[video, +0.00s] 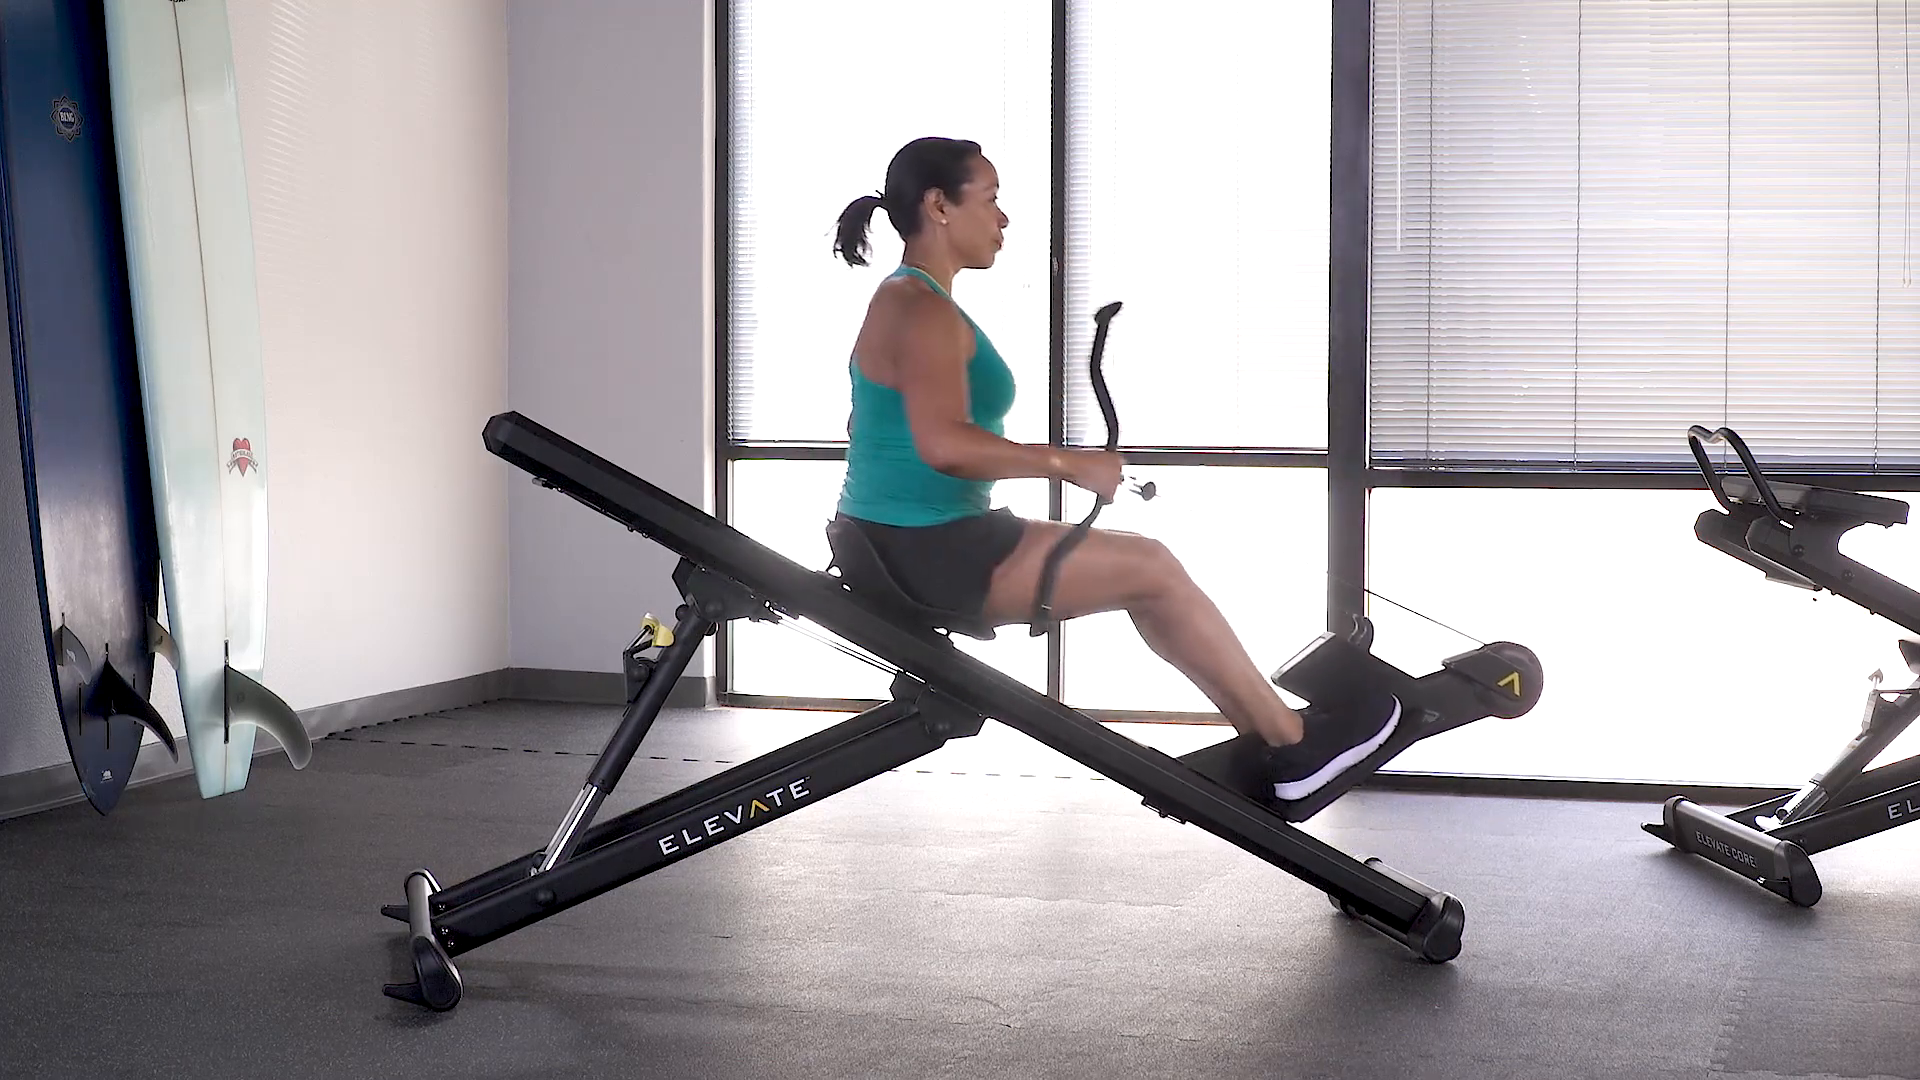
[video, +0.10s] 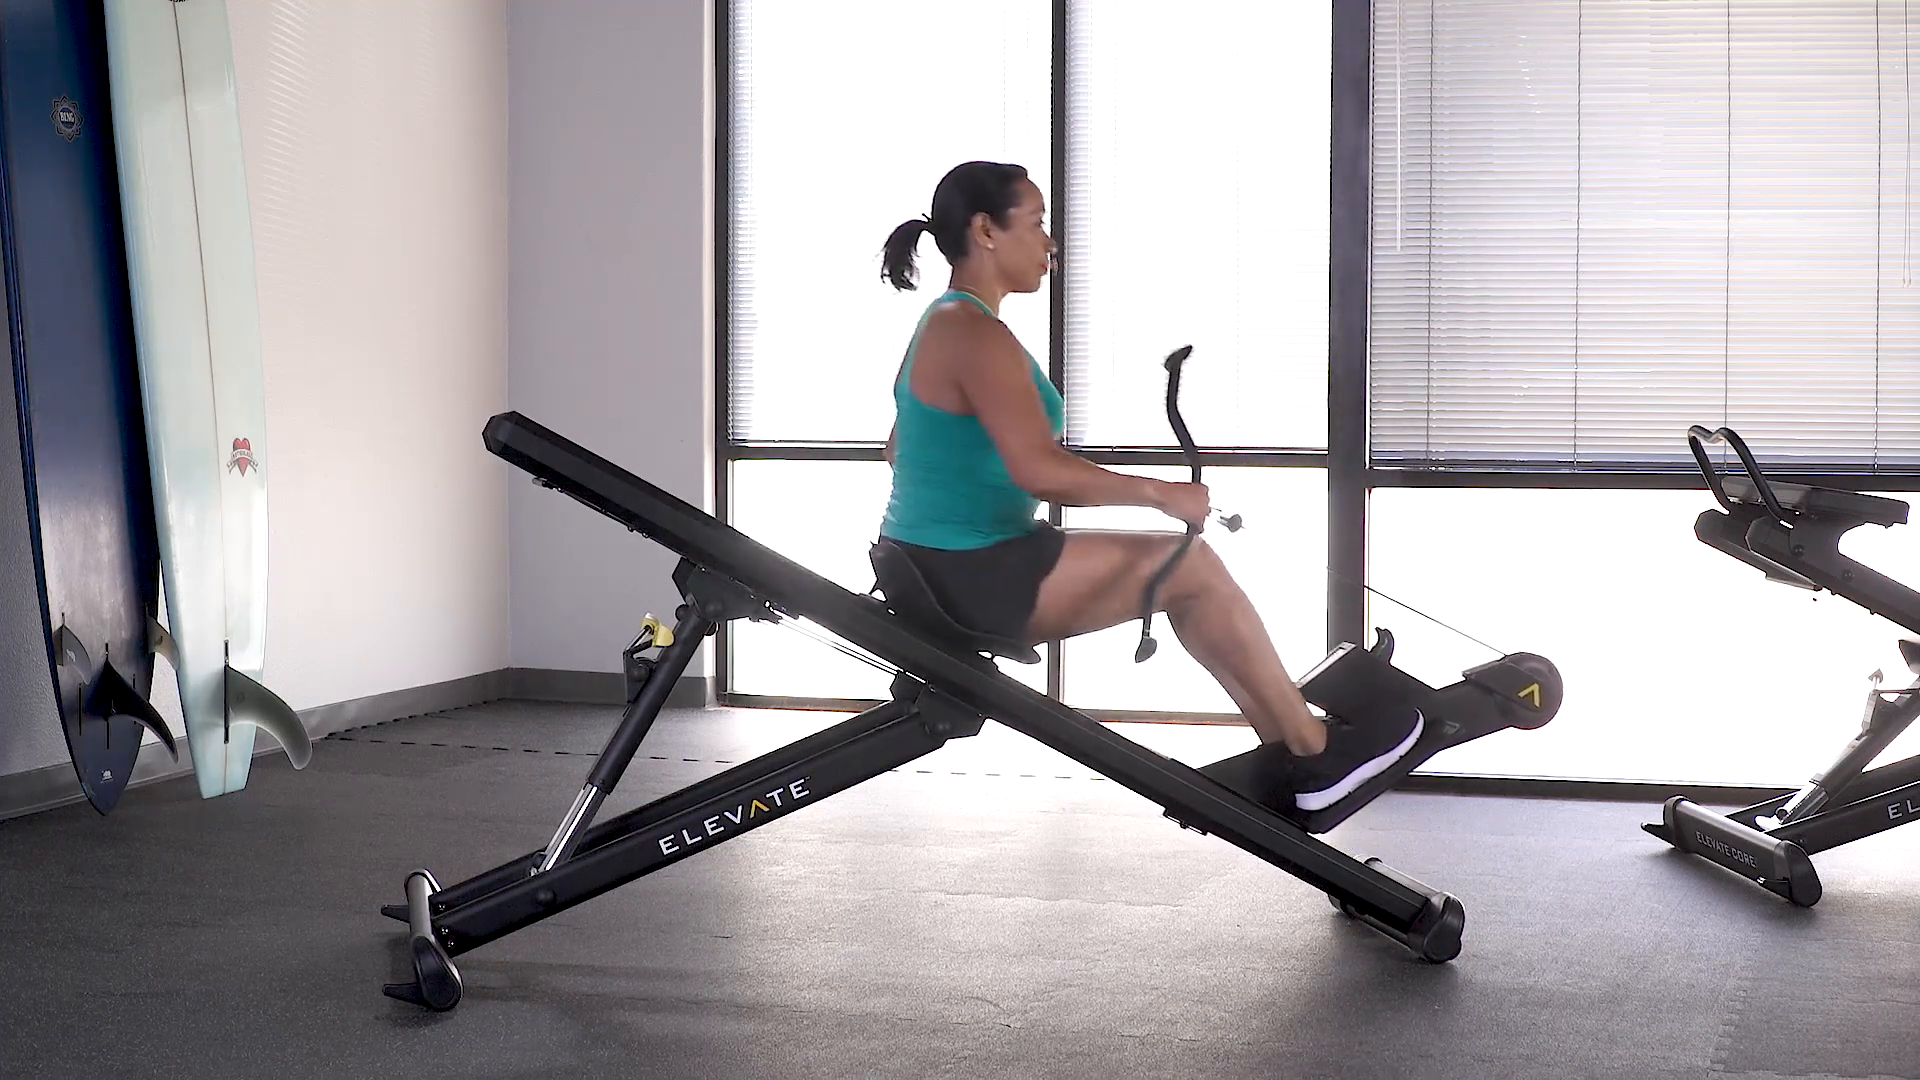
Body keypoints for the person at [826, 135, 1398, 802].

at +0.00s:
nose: (1004, 218)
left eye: (998, 201)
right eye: (991, 201)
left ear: (935, 211)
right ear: (937, 210)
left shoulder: (911, 304)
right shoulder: (922, 314)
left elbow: (942, 445)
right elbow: (942, 443)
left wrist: (1050, 465)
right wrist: (1067, 461)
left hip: (908, 542)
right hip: (917, 551)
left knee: (1144, 568)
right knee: (1151, 566)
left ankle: (1268, 727)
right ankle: (1291, 743)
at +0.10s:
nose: (1049, 241)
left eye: (1043, 223)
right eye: (1036, 223)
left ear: (981, 235)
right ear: (984, 233)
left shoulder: (941, 328)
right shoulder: (979, 337)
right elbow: (1037, 466)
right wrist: (1156, 491)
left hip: (931, 569)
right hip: (967, 576)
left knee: (1177, 564)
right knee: (1186, 563)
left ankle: (1289, 732)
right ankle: (1310, 747)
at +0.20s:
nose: (1098, 265)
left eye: (1092, 247)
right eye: (1084, 248)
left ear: (1030, 261)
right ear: (1034, 258)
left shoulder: (983, 348)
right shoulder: (1044, 365)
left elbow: (939, 469)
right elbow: (1134, 493)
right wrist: (1249, 523)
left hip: (961, 589)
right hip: (1015, 602)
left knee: (1216, 566)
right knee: (1234, 563)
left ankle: (1308, 750)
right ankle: (1338, 761)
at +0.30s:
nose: (1146, 289)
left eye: (1141, 272)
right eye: (1134, 273)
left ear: (1078, 283)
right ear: (1084, 282)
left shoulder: (1028, 371)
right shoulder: (1108, 390)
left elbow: (972, 488)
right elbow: (1219, 512)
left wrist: (1063, 530)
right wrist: (1325, 551)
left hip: (992, 607)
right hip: (1058, 622)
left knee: (1245, 562)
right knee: (1273, 578)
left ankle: (1320, 752)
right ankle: (1355, 764)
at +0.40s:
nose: (1190, 309)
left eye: (1184, 292)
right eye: (1177, 292)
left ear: (1123, 303)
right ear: (1127, 302)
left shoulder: (1069, 389)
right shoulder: (1160, 411)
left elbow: (1002, 501)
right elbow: (1281, 526)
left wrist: (1066, 564)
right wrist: (1388, 578)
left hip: (1021, 623)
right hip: (1092, 635)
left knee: (1278, 568)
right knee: (1303, 579)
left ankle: (1339, 763)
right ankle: (1376, 783)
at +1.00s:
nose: (1169, 291)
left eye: (1163, 273)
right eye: (1155, 274)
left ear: (1097, 290)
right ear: (1104, 288)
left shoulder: (1045, 376)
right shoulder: (1150, 394)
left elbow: (987, 483)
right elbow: (1262, 514)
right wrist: (1369, 576)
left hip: (995, 606)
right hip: (1064, 619)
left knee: (1253, 583)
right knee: (1276, 581)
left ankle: (1331, 760)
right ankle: (1369, 773)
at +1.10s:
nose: (1110, 260)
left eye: (1105, 243)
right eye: (1096, 244)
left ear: (1040, 255)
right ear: (1045, 254)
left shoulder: (993, 341)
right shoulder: (1077, 357)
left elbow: (941, 460)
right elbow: (1175, 485)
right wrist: (1287, 536)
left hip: (946, 582)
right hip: (1008, 592)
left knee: (1210, 585)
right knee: (1228, 582)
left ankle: (1307, 745)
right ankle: (1347, 770)